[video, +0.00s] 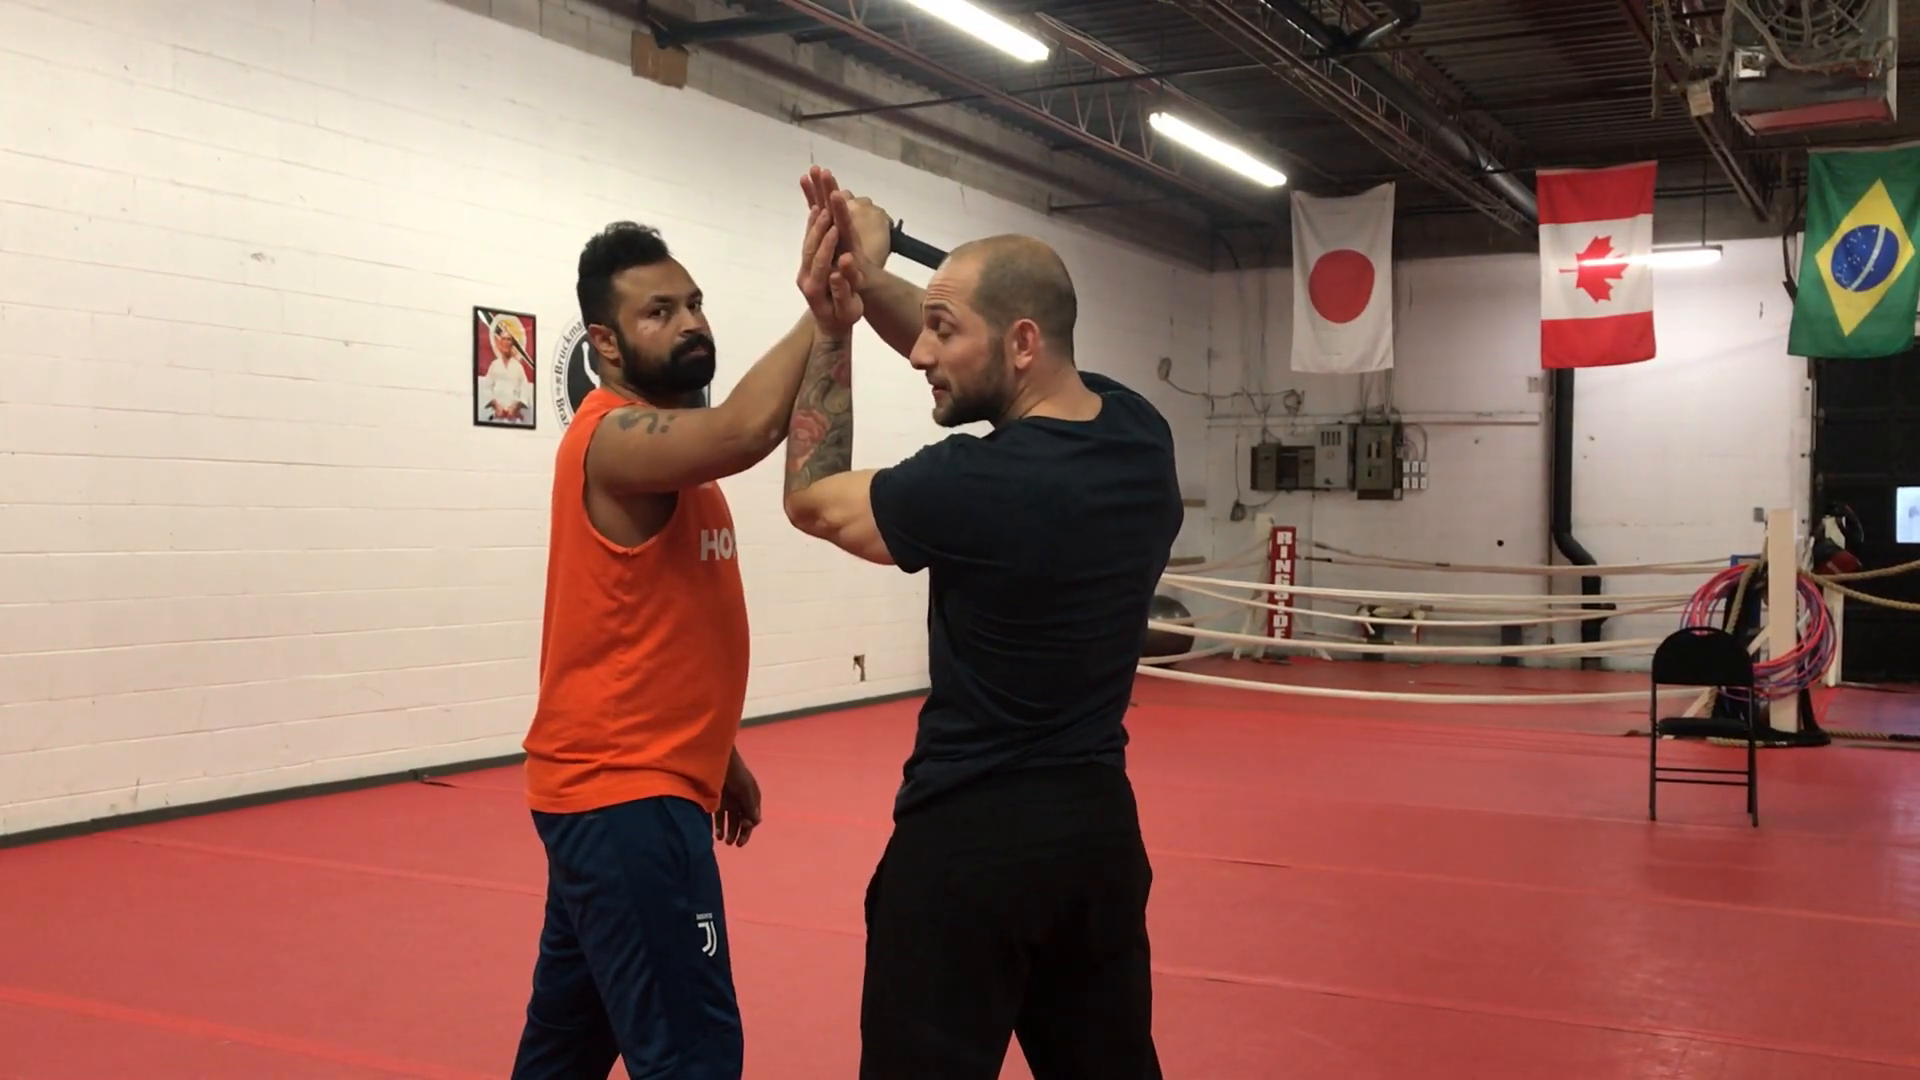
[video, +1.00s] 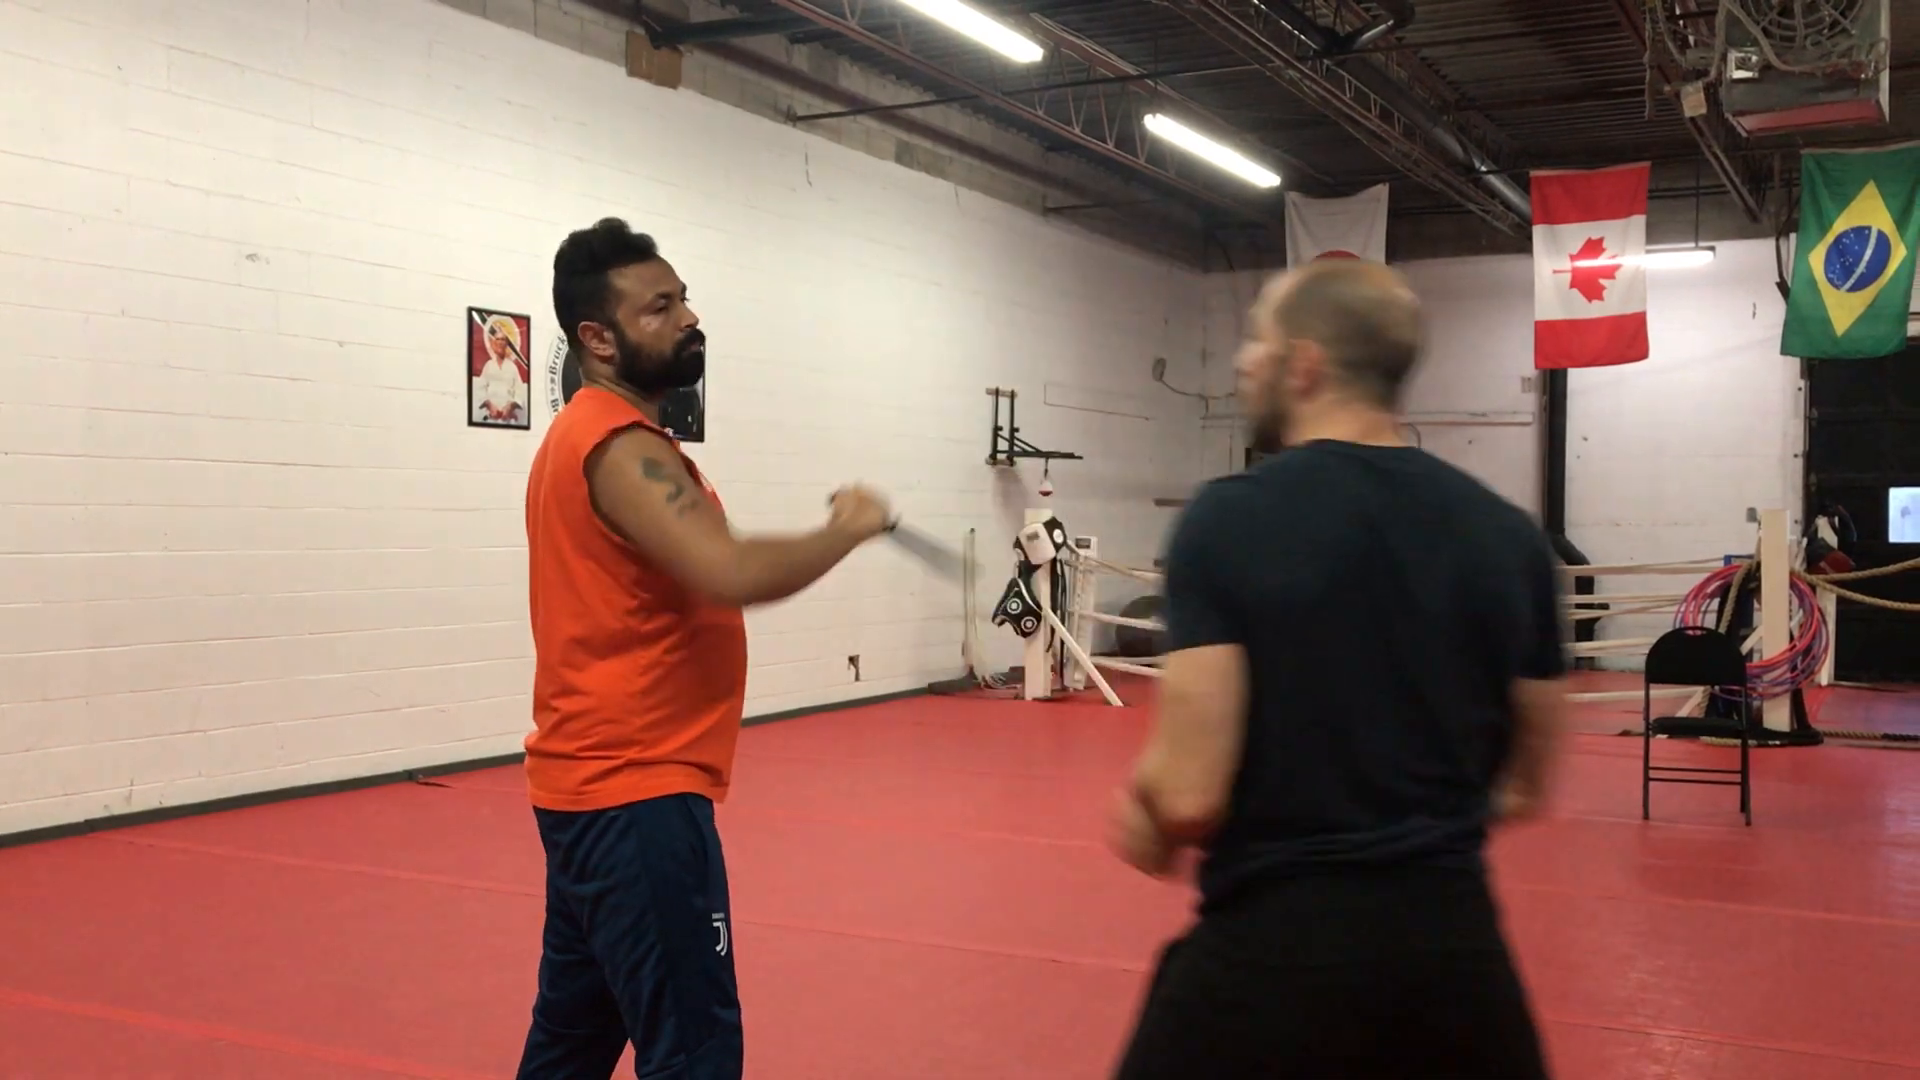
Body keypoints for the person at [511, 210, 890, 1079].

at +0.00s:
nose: (692, 323)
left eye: (695, 302)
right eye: (661, 312)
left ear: (703, 307)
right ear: (606, 343)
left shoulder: (654, 436)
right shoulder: (616, 434)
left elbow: (650, 625)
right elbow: (741, 431)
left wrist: (716, 753)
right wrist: (823, 313)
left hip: (635, 787)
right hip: (622, 792)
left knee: (566, 1050)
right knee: (696, 1055)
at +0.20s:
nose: (686, 323)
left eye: (689, 302)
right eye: (654, 311)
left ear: (699, 306)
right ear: (601, 340)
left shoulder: (654, 435)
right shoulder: (611, 433)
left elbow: (649, 624)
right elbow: (738, 426)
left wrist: (714, 747)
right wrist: (817, 310)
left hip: (634, 787)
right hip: (620, 793)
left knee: (565, 1050)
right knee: (695, 1055)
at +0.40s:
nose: (674, 323)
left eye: (677, 303)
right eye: (642, 311)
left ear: (685, 306)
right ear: (589, 339)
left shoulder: (641, 435)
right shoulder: (604, 430)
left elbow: (642, 626)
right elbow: (734, 418)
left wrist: (719, 752)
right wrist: (830, 321)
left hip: (635, 789)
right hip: (619, 794)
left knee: (567, 1048)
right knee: (694, 1054)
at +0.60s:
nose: (671, 316)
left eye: (671, 298)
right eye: (641, 306)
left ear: (679, 303)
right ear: (584, 340)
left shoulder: (626, 429)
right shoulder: (611, 433)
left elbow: (628, 623)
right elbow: (764, 437)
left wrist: (708, 750)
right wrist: (895, 385)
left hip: (615, 786)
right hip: (623, 791)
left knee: (576, 1046)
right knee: (691, 1053)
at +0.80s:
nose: (685, 315)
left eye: (678, 297)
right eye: (655, 303)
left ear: (600, 345)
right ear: (594, 337)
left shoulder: (582, 433)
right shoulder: (629, 444)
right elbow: (788, 484)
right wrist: (935, 457)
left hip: (589, 785)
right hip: (636, 791)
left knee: (572, 1040)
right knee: (690, 1052)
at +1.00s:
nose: (690, 318)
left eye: (682, 299)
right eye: (661, 306)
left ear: (598, 345)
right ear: (598, 339)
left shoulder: (576, 437)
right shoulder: (621, 442)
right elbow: (724, 571)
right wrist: (843, 532)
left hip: (587, 787)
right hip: (639, 793)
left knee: (573, 1040)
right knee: (697, 1050)